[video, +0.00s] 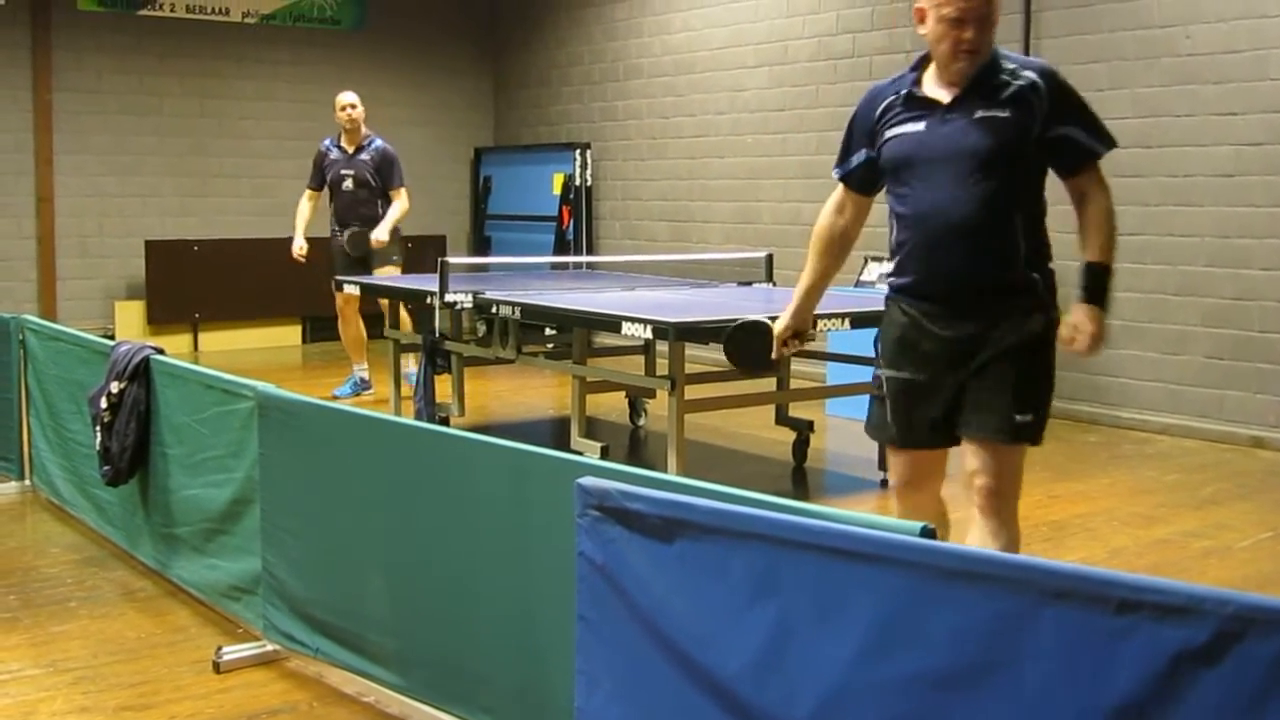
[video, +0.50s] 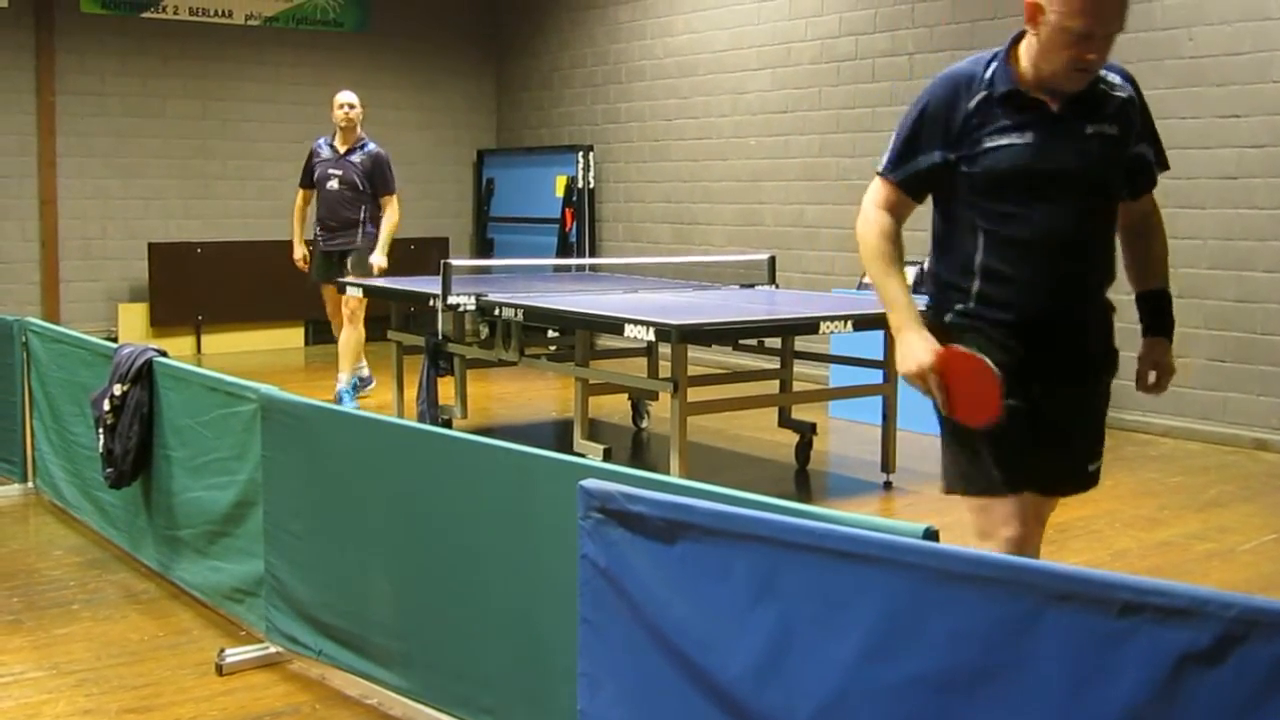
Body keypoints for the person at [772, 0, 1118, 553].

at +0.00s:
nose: (970, 35)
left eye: (982, 20)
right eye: (955, 21)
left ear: (998, 17)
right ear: (920, 18)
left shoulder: (1035, 91)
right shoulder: (882, 105)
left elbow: (1090, 191)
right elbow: (843, 210)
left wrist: (1093, 297)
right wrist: (799, 309)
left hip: (1009, 322)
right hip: (915, 321)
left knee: (990, 486)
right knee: (909, 483)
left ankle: (991, 628)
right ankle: (922, 619)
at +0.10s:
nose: (999, 38)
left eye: (1011, 23)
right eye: (985, 21)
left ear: (1024, 22)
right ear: (947, 17)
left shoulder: (1055, 95)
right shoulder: (898, 102)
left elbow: (1109, 202)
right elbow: (851, 209)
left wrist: (1135, 312)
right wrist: (805, 315)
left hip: (1022, 333)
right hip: (922, 329)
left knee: (1007, 505)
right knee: (901, 501)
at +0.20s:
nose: (1023, 43)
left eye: (1034, 28)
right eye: (1008, 26)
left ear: (1047, 22)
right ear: (968, 16)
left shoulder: (1072, 97)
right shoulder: (908, 98)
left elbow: (1117, 209)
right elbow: (859, 207)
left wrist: (1159, 325)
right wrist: (824, 314)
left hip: (1034, 336)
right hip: (933, 330)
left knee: (1010, 510)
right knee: (920, 502)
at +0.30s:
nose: (1043, 44)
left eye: (1055, 29)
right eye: (1029, 27)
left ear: (1068, 21)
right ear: (987, 14)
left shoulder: (1087, 94)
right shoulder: (923, 92)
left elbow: (1129, 210)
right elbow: (862, 200)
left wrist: (1165, 326)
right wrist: (852, 306)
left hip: (1045, 328)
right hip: (948, 321)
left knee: (1011, 516)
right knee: (956, 499)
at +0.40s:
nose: (1069, 49)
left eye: (1081, 34)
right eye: (1054, 32)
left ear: (1094, 25)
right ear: (1009, 15)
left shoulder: (1103, 96)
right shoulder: (941, 92)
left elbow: (1135, 210)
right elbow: (867, 202)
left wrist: (1162, 325)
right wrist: (881, 312)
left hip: (1058, 338)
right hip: (961, 330)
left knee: (1017, 528)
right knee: (979, 516)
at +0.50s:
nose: (1094, 56)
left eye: (1106, 40)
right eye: (1079, 38)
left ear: (1119, 29)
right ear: (1033, 18)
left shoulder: (1117, 100)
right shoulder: (958, 97)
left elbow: (1139, 218)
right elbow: (878, 212)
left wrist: (1157, 328)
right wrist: (905, 328)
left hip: (1073, 344)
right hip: (979, 342)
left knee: (1023, 538)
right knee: (1007, 541)